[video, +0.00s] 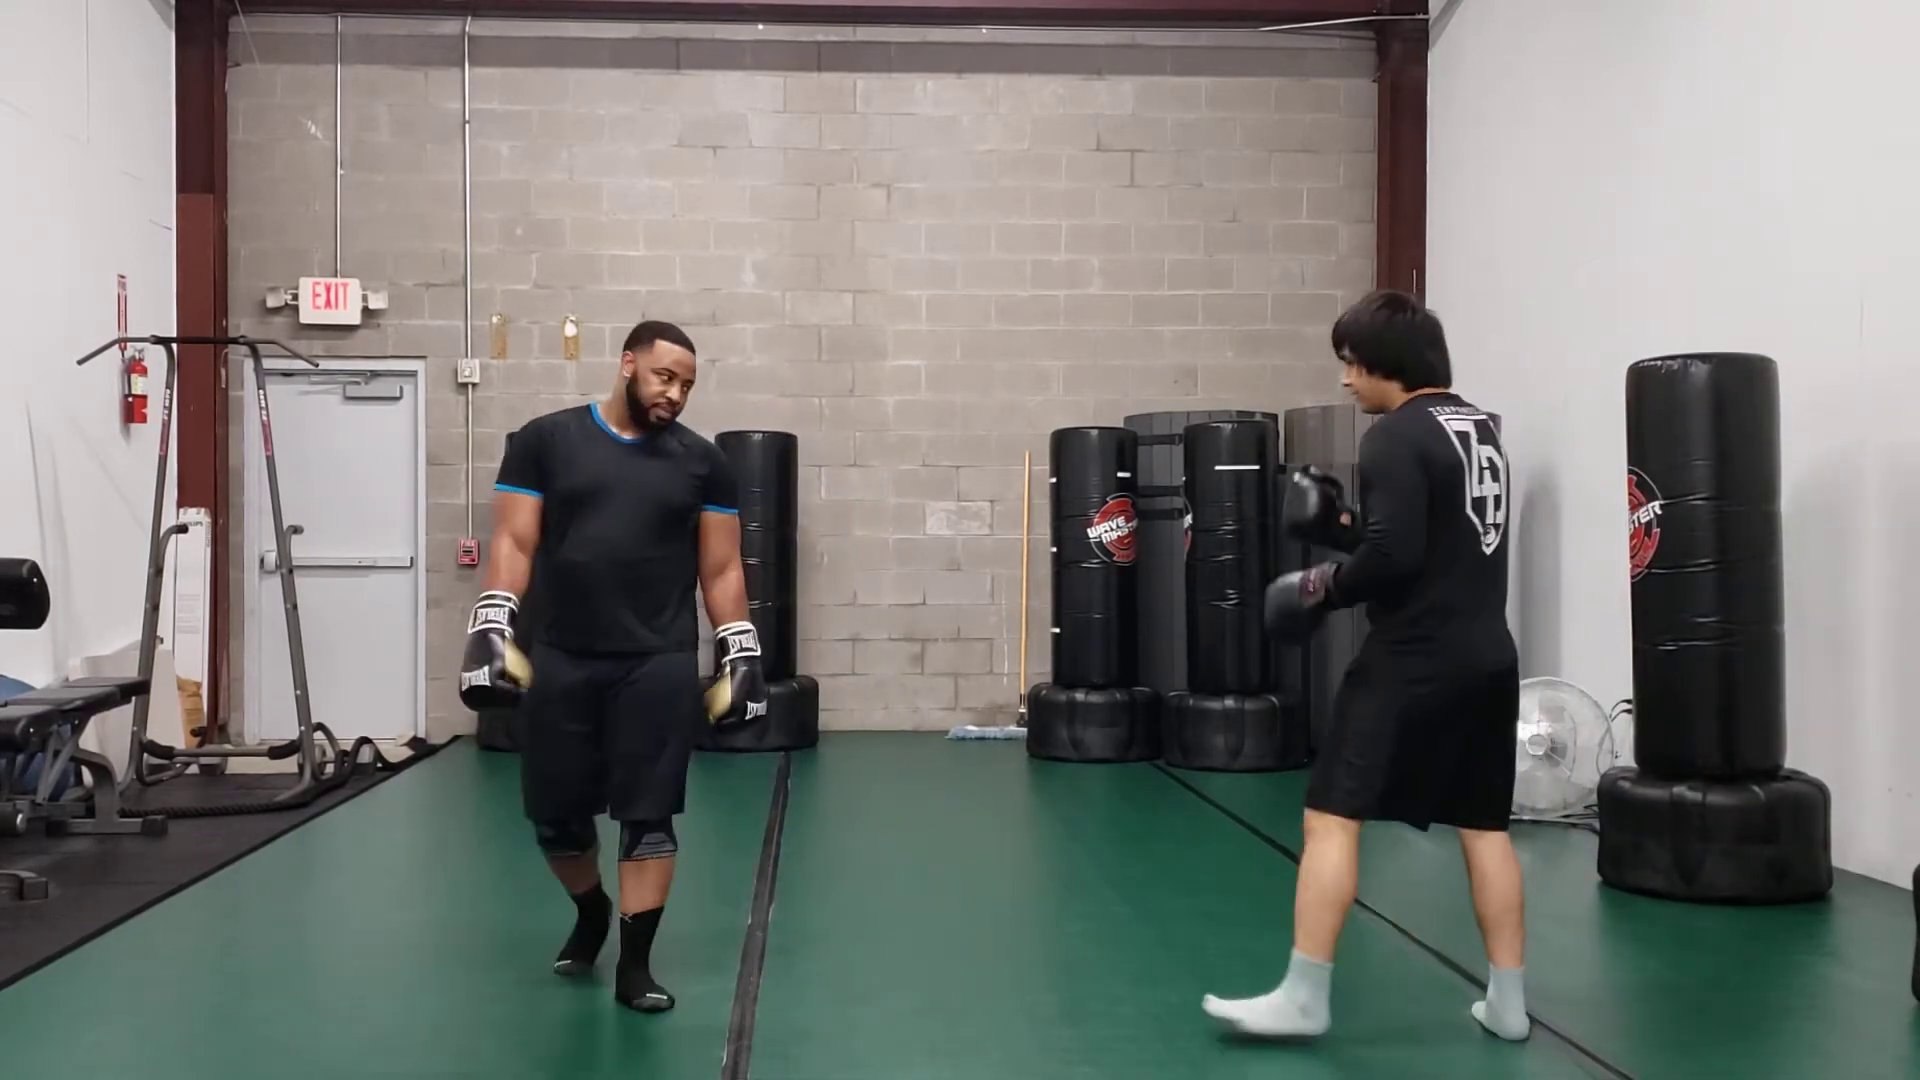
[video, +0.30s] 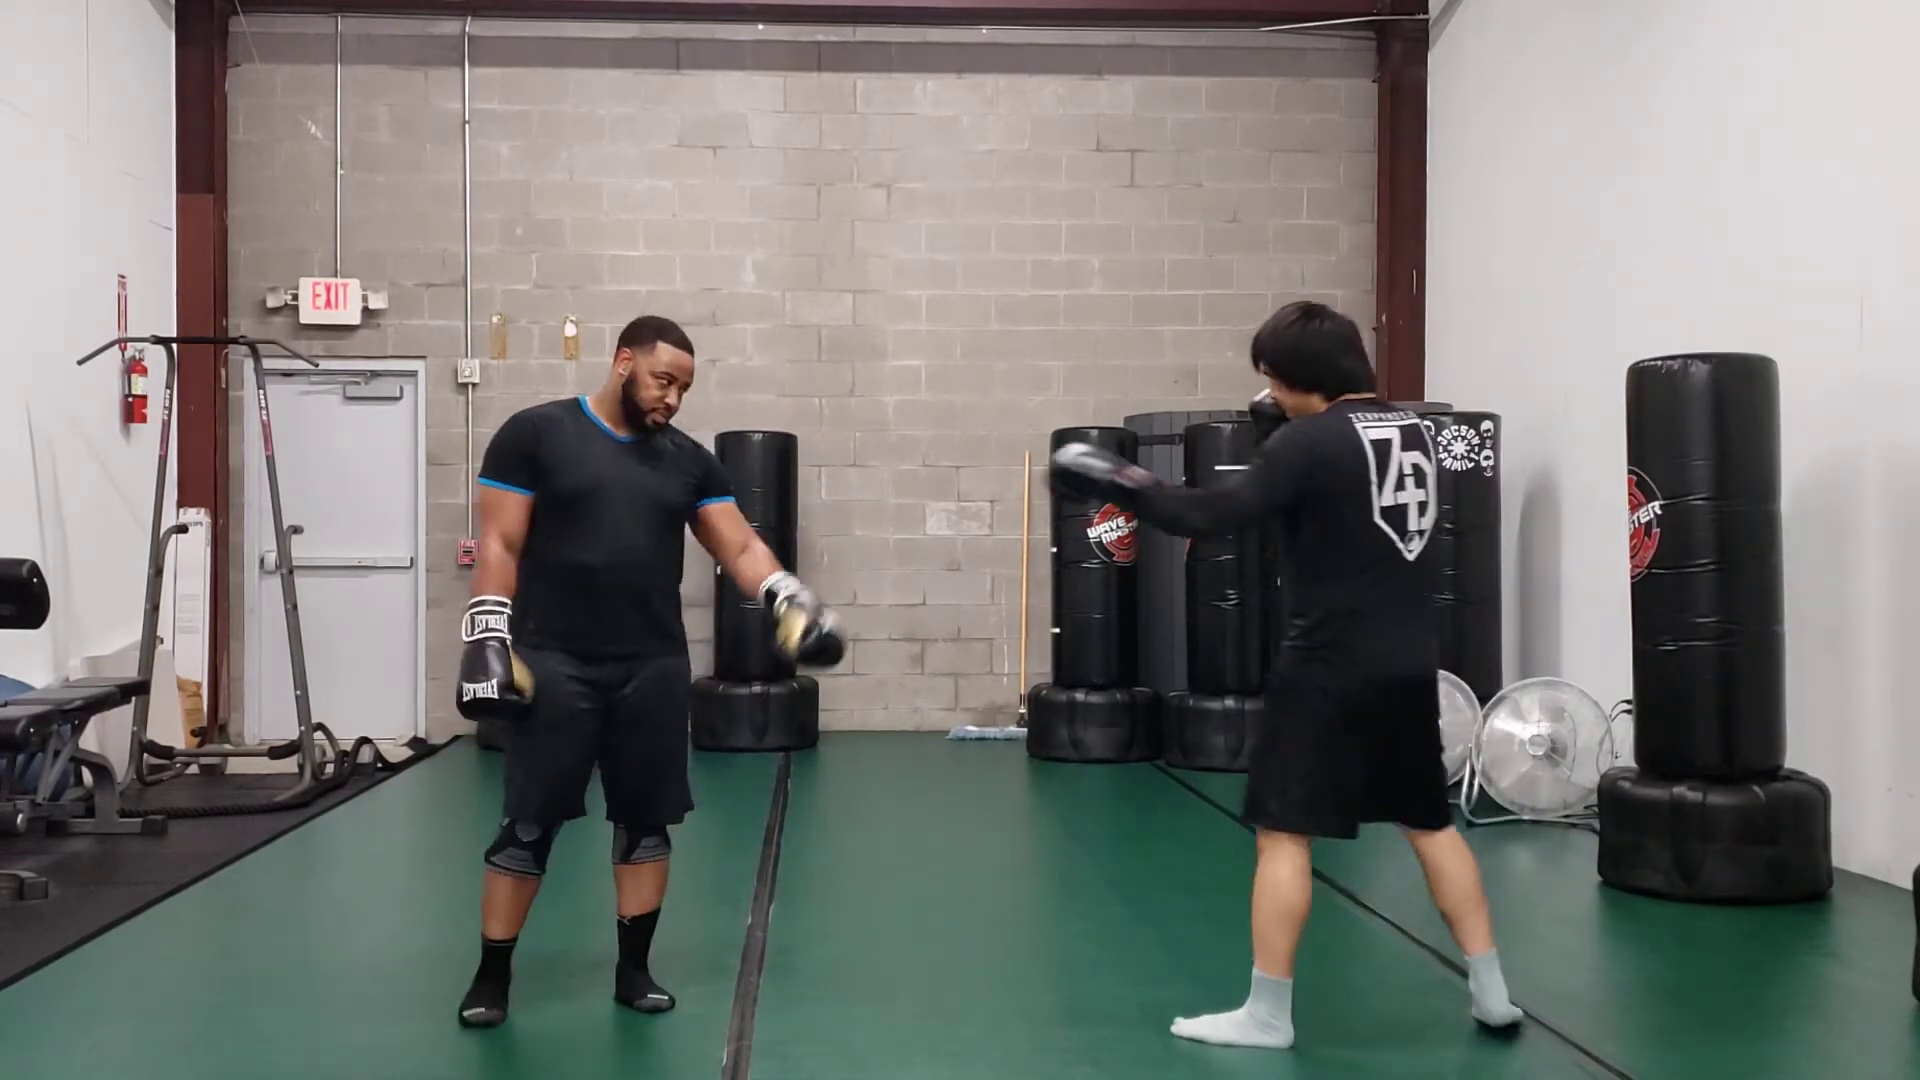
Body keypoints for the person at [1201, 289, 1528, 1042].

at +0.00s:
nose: (1345, 379)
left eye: (1351, 364)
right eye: (1344, 364)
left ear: (1388, 367)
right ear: (1421, 361)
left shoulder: (1396, 437)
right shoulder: (1481, 425)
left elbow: (1392, 556)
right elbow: (1443, 545)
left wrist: (1322, 586)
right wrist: (1344, 526)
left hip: (1407, 665)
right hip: (1486, 660)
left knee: (1331, 814)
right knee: (1485, 824)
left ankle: (1302, 997)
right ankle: (1509, 1004)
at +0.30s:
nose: (1270, 392)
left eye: (1273, 380)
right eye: (1268, 379)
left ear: (1303, 381)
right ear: (1352, 368)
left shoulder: (1307, 446)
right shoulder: (1412, 431)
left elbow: (1210, 514)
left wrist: (1136, 488)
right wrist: (1300, 410)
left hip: (1324, 670)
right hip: (1407, 667)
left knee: (1283, 831)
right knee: (1431, 820)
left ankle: (1267, 1013)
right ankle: (1493, 990)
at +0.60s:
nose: (1221, 387)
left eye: (1224, 372)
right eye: (1219, 373)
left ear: (1253, 369)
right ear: (1303, 358)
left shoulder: (1246, 431)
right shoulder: (1364, 422)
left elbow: (1132, 450)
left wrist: (1023, 449)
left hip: (1276, 667)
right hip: (1361, 663)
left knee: (1258, 828)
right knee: (1389, 812)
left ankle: (1264, 1011)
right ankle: (1436, 982)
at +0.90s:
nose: (1190, 397)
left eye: (1193, 384)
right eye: (1187, 384)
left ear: (1223, 376)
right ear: (1264, 365)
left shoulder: (1225, 434)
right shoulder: (1331, 421)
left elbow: (1119, 488)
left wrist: (1023, 471)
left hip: (1264, 666)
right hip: (1346, 656)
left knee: (1257, 832)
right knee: (1366, 806)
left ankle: (1265, 1012)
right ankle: (1412, 964)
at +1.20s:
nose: (1202, 430)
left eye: (1204, 414)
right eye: (1196, 416)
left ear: (1241, 400)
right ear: (1260, 395)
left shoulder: (1286, 448)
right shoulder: (1315, 438)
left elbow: (1311, 547)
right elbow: (1294, 541)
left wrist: (1216, 548)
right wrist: (1215, 512)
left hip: (1291, 667)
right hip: (1347, 666)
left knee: (1195, 807)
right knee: (1350, 821)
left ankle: (1253, 982)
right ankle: (1400, 988)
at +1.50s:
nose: (1161, 419)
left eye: (1165, 404)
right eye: (1157, 406)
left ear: (1200, 395)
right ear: (1224, 391)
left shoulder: (1247, 451)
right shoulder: (1269, 442)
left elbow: (1254, 548)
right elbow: (1242, 540)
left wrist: (1168, 532)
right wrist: (1161, 524)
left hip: (1266, 671)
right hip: (1324, 668)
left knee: (1204, 822)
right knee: (1340, 821)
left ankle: (1176, 995)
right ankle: (1396, 983)